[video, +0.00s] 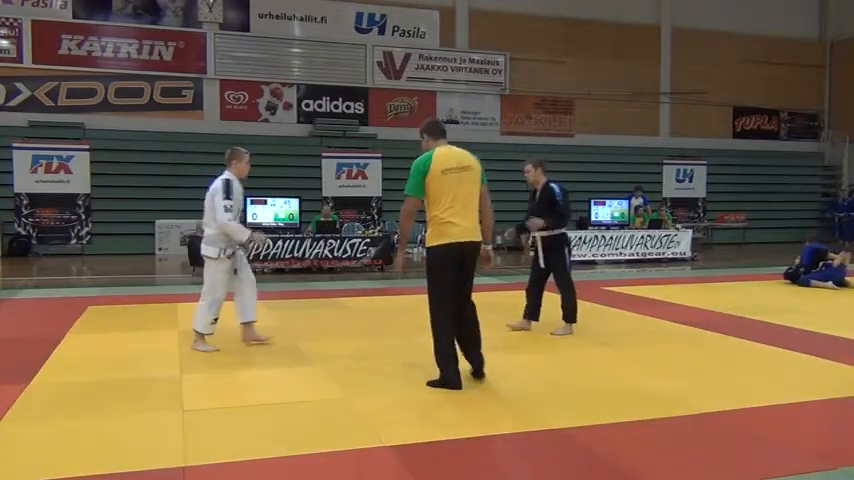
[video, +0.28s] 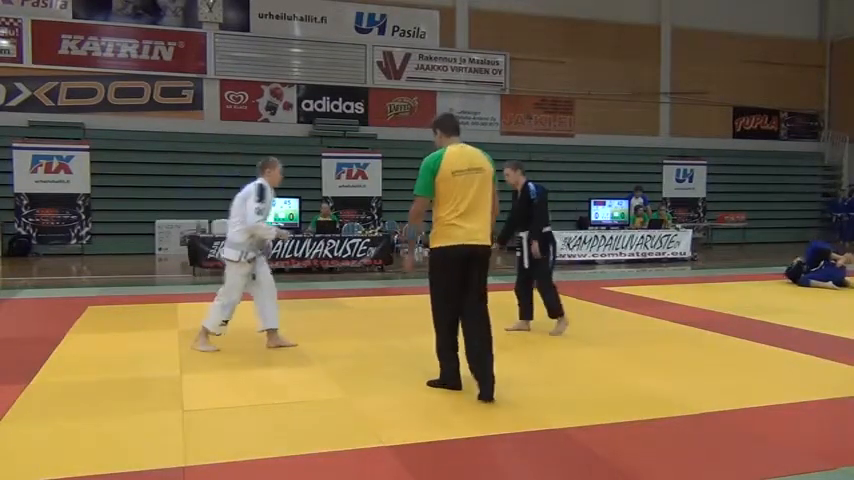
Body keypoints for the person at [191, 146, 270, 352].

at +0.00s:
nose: (249, 168)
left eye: (249, 163)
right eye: (247, 163)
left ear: (235, 164)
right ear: (235, 164)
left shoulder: (233, 185)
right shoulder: (224, 184)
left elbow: (230, 221)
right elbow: (224, 221)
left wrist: (248, 236)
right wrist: (249, 236)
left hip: (232, 247)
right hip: (217, 248)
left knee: (247, 284)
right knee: (213, 292)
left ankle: (248, 330)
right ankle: (199, 338)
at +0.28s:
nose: (281, 175)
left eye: (281, 171)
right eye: (279, 171)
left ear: (267, 171)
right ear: (268, 171)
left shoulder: (263, 191)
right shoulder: (258, 189)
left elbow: (252, 224)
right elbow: (252, 224)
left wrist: (267, 237)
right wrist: (277, 232)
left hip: (254, 253)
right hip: (238, 253)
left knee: (267, 290)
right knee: (230, 295)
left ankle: (273, 335)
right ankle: (202, 336)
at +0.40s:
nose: (295, 175)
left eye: (295, 171)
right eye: (293, 170)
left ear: (281, 169)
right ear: (282, 169)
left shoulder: (273, 187)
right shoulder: (273, 186)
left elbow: (266, 222)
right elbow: (269, 220)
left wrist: (288, 231)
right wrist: (291, 229)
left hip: (261, 248)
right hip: (250, 249)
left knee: (272, 289)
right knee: (254, 292)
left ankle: (273, 335)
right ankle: (220, 324)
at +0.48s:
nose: (302, 173)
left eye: (302, 169)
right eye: (301, 168)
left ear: (289, 167)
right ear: (292, 167)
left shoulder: (285, 186)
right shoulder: (278, 183)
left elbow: (281, 219)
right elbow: (279, 217)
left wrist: (304, 229)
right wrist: (304, 228)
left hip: (267, 246)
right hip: (255, 245)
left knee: (273, 289)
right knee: (265, 290)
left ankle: (273, 335)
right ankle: (242, 329)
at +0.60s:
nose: (313, 174)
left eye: (313, 169)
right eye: (311, 169)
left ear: (298, 168)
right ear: (302, 168)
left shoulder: (292, 187)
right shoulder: (287, 187)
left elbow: (294, 221)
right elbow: (293, 221)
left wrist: (322, 229)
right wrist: (323, 229)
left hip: (271, 248)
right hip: (267, 248)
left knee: (278, 291)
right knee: (280, 292)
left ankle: (274, 336)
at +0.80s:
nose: (331, 176)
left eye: (330, 171)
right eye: (329, 171)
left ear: (316, 171)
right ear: (319, 171)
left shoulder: (306, 190)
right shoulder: (307, 191)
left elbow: (304, 225)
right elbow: (304, 226)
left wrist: (330, 229)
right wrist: (332, 231)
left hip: (288, 250)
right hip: (291, 251)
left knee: (294, 293)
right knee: (309, 296)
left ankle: (279, 332)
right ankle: (310, 350)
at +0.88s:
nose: (338, 173)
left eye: (337, 169)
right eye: (336, 169)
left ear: (319, 168)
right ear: (329, 168)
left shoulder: (306, 188)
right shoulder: (317, 188)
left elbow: (310, 223)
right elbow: (316, 225)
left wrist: (339, 228)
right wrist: (343, 228)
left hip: (293, 249)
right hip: (302, 251)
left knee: (304, 293)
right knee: (318, 297)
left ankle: (289, 331)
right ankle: (311, 352)